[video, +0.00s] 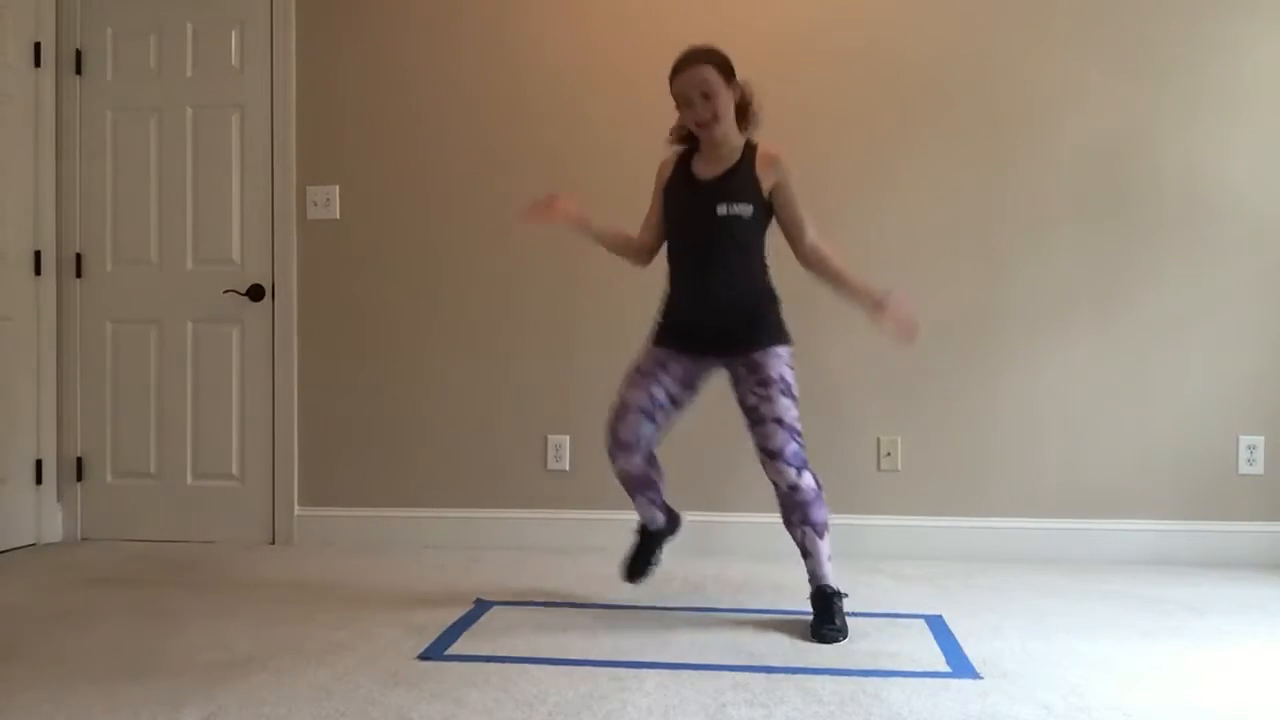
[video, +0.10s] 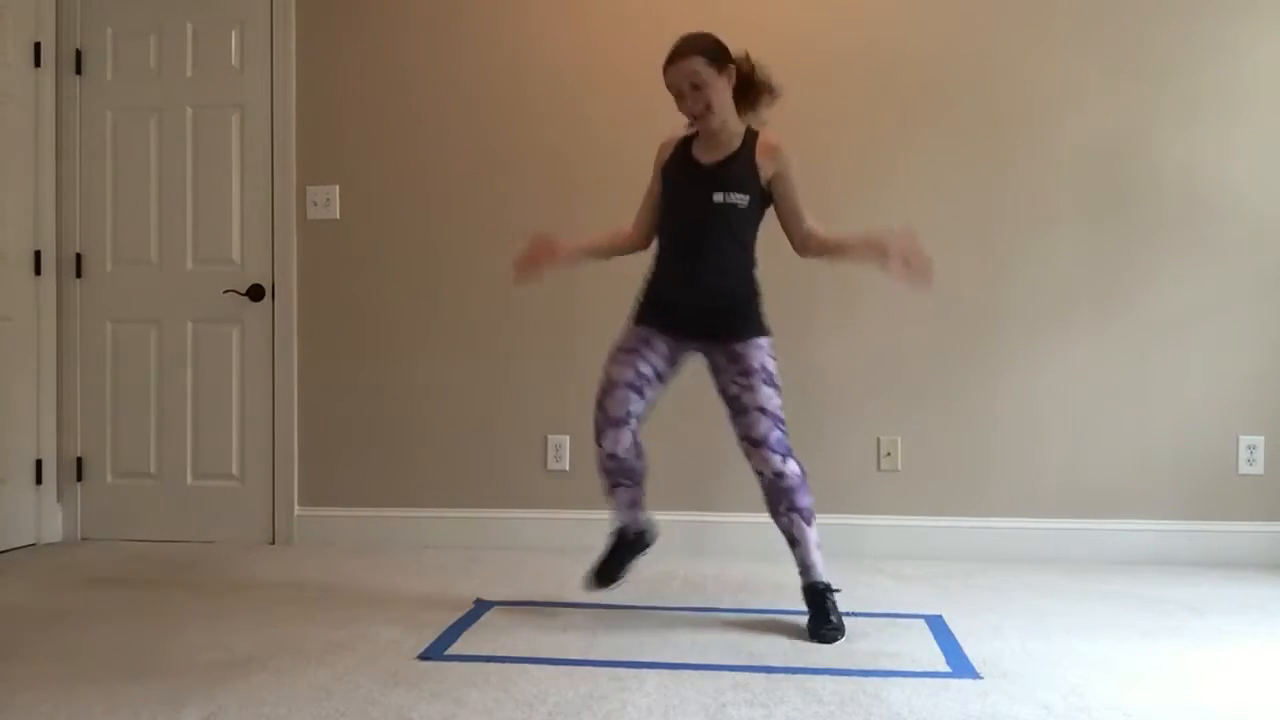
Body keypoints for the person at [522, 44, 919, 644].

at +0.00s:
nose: (697, 109)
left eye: (705, 95)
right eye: (685, 101)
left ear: (733, 92)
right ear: (676, 108)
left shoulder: (766, 165)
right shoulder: (673, 168)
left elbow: (808, 250)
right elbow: (642, 250)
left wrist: (874, 300)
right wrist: (582, 222)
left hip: (754, 333)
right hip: (682, 332)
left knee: (783, 457)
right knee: (625, 438)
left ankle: (823, 588)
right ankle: (657, 522)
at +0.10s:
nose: (688, 101)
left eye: (697, 86)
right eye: (678, 92)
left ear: (729, 78)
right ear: (673, 96)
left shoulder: (766, 153)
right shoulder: (674, 151)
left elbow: (805, 240)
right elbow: (639, 235)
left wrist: (879, 246)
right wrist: (568, 249)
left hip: (734, 322)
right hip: (662, 317)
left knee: (768, 451)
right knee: (615, 408)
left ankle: (815, 585)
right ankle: (631, 528)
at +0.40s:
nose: (663, 129)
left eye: (675, 116)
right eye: (652, 119)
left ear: (700, 121)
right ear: (641, 126)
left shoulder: (719, 202)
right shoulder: (620, 187)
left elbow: (730, 288)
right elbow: (584, 270)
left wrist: (774, 227)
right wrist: (533, 341)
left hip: (668, 356)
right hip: (594, 347)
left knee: (725, 472)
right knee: (571, 469)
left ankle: (787, 593)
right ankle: (564, 597)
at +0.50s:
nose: (666, 87)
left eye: (676, 76)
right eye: (653, 78)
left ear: (694, 84)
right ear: (635, 87)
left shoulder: (707, 160)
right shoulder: (613, 151)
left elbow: (736, 253)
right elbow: (570, 233)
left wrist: (814, 264)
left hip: (688, 323)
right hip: (617, 324)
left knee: (737, 442)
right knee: (592, 456)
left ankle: (771, 569)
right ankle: (570, 590)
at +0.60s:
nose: (667, 93)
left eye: (677, 82)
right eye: (654, 84)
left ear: (694, 91)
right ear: (635, 93)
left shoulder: (711, 161)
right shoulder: (612, 161)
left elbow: (742, 253)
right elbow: (576, 241)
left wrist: (793, 314)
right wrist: (544, 180)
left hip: (707, 321)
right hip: (635, 324)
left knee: (757, 433)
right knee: (604, 452)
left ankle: (764, 538)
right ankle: (573, 588)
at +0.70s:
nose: (672, 109)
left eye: (683, 99)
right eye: (659, 99)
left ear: (699, 108)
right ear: (642, 108)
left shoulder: (718, 177)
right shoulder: (617, 175)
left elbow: (740, 266)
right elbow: (592, 252)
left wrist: (773, 336)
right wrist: (581, 173)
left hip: (722, 332)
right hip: (649, 337)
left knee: (765, 450)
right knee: (611, 461)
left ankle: (769, 537)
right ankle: (575, 590)